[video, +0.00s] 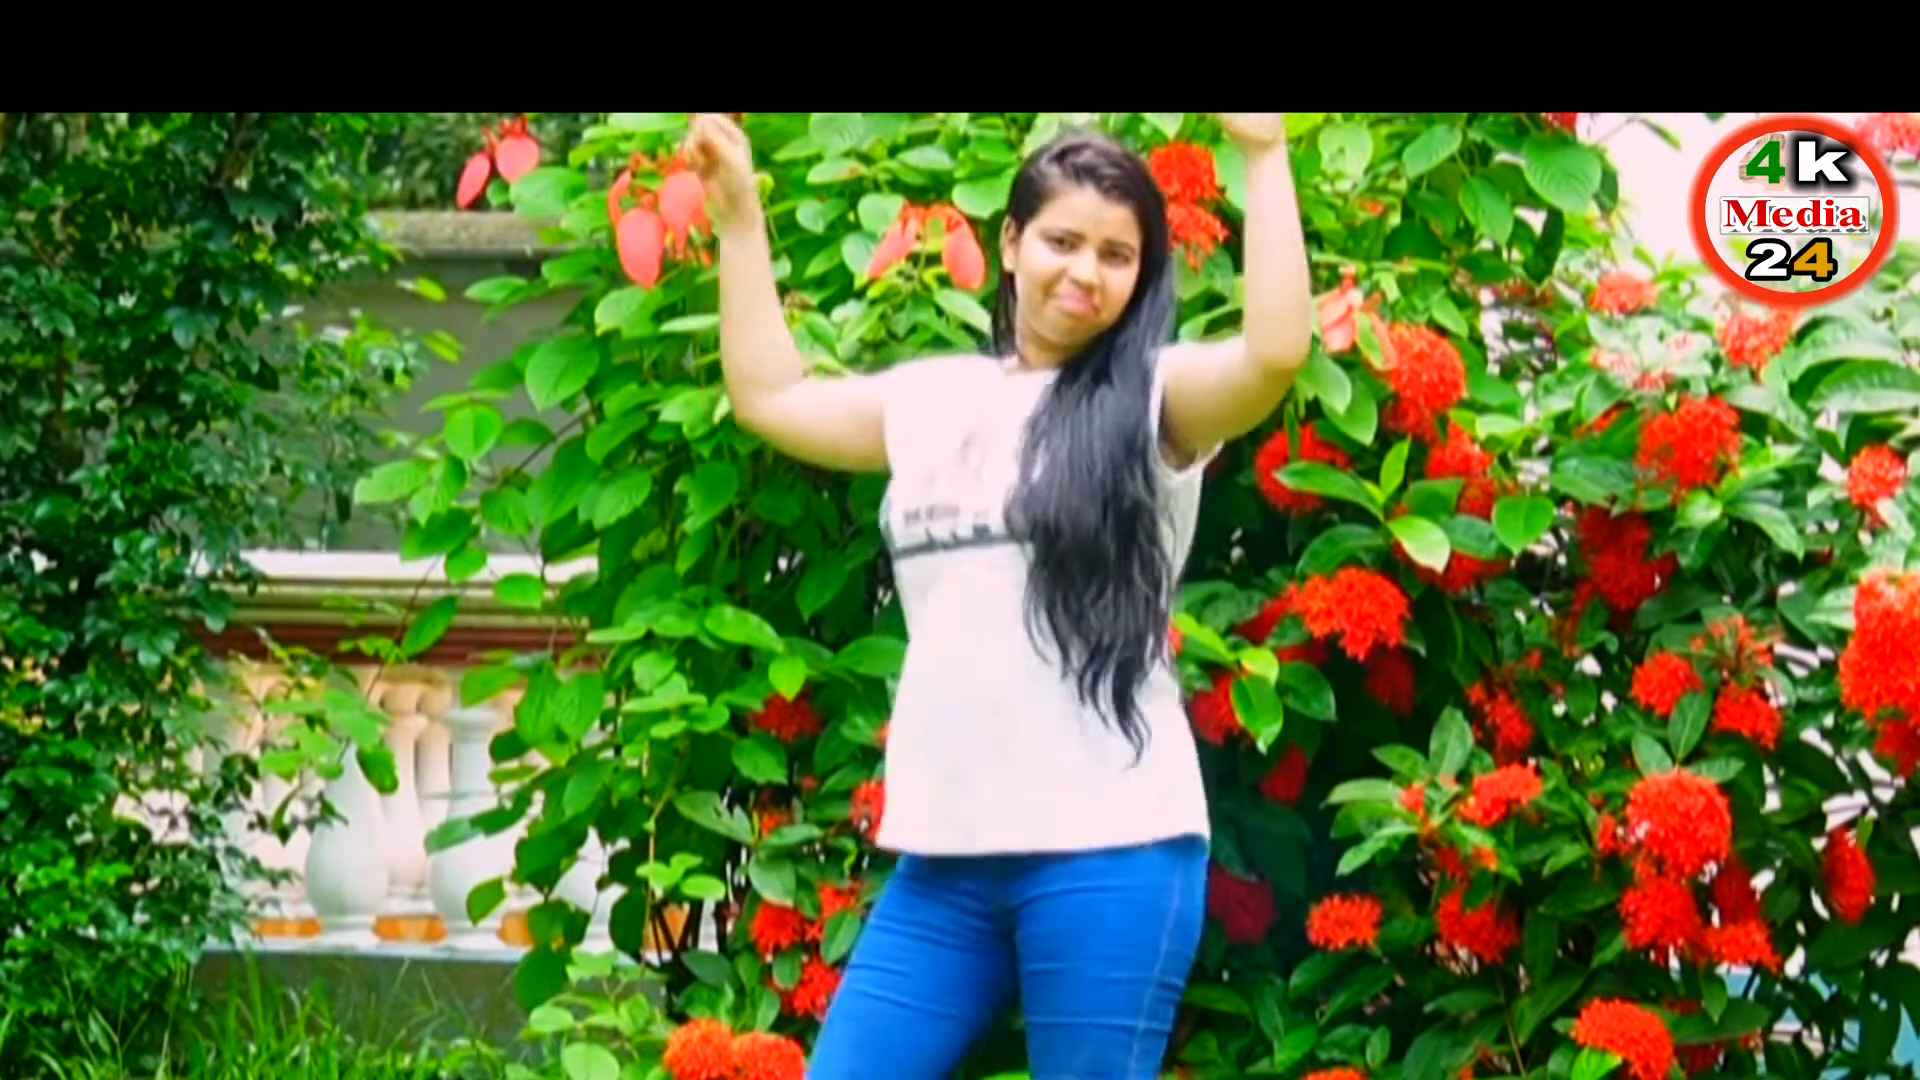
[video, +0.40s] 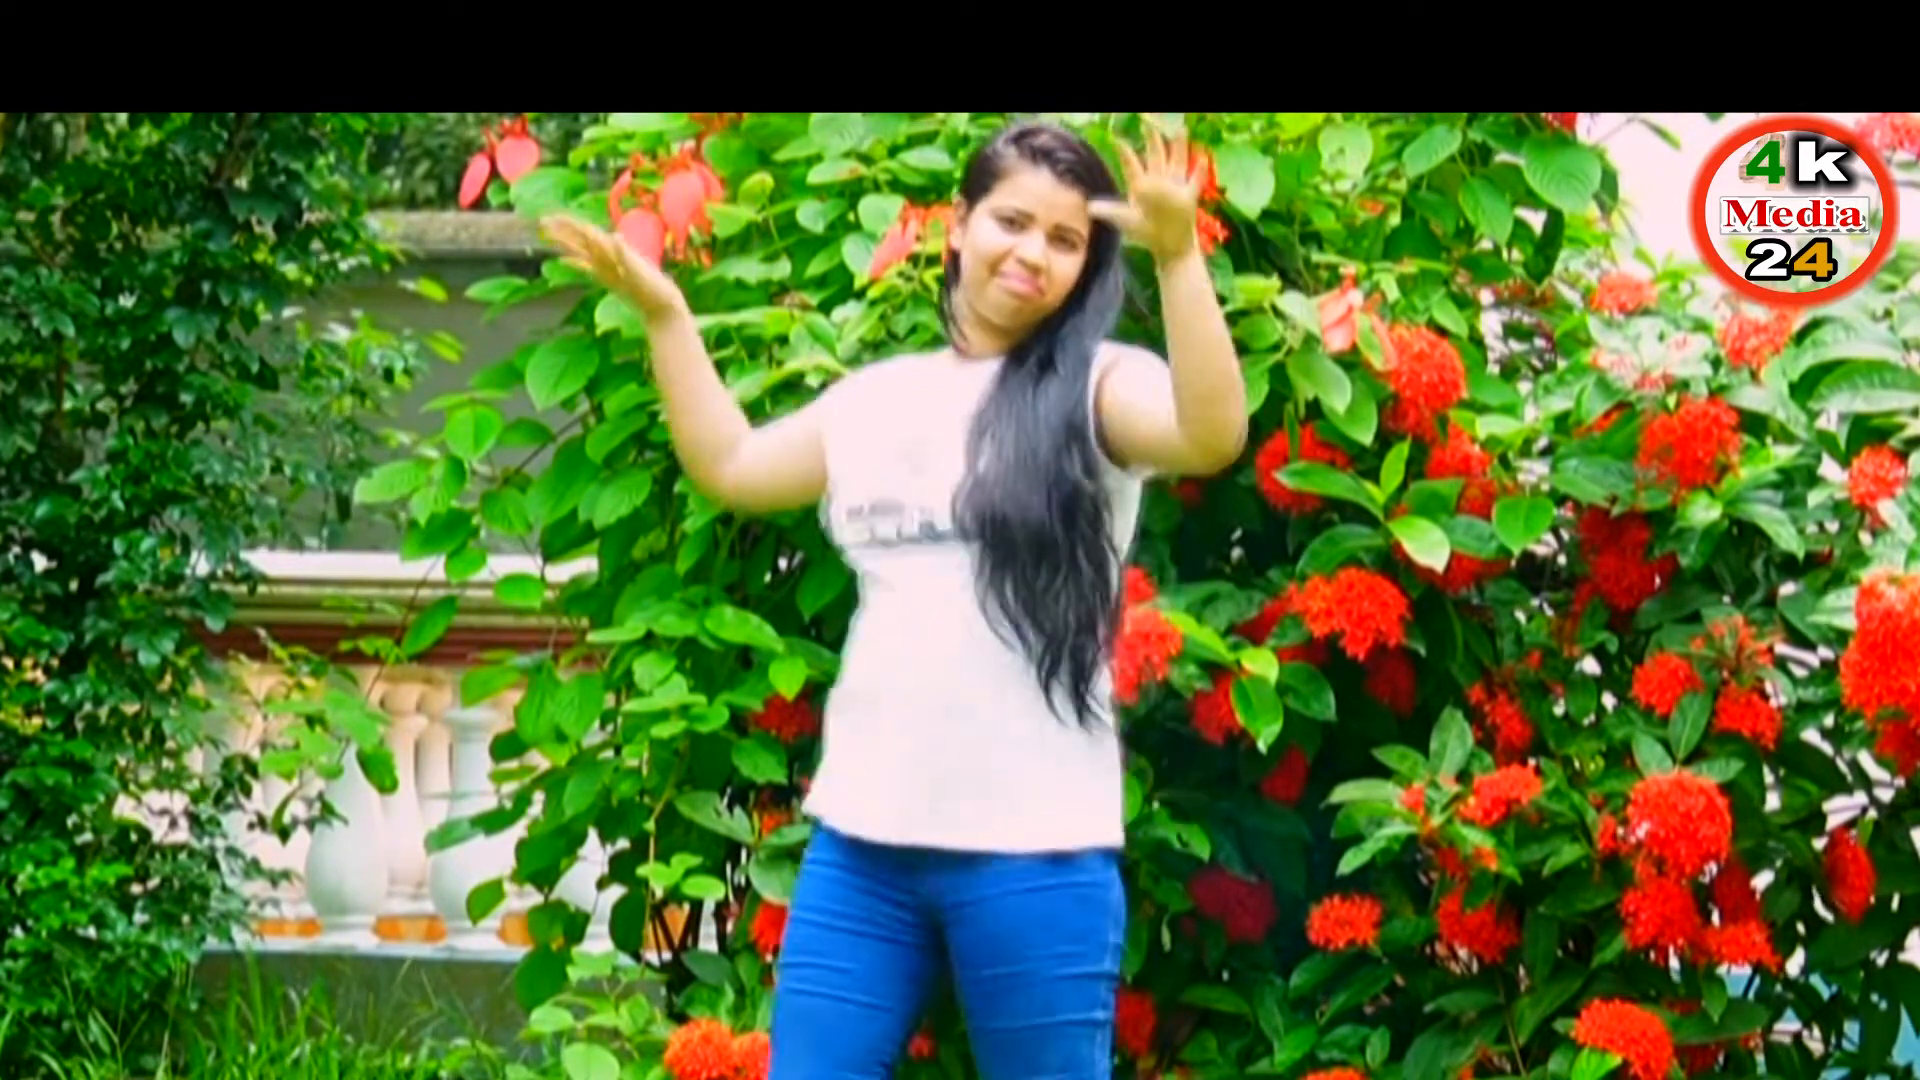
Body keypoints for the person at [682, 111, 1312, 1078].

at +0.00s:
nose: (1084, 274)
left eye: (1115, 255)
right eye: (1062, 241)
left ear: (1142, 276)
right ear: (1012, 243)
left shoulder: (1152, 396)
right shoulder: (927, 397)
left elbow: (1276, 352)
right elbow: (767, 396)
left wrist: (1264, 151)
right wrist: (738, 221)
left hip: (1110, 861)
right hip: (939, 863)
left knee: (1088, 1072)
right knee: (841, 1070)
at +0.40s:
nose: (1032, 254)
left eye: (1064, 241)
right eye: (1013, 222)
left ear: (1086, 269)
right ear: (960, 226)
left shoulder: (1093, 384)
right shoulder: (874, 399)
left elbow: (1212, 437)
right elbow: (730, 466)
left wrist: (1179, 257)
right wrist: (667, 318)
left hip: (1036, 861)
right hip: (859, 850)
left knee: (1051, 1070)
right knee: (806, 1069)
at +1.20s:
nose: (989, 283)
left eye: (1023, 271)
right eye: (972, 251)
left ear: (1047, 304)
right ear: (923, 261)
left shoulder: (1067, 433)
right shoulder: (879, 452)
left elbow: (1148, 627)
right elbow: (804, 634)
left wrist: (1102, 593)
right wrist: (631, 622)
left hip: (995, 878)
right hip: (825, 865)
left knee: (1008, 1067)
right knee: (758, 1065)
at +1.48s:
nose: (1057, 234)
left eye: (1088, 218)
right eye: (1036, 205)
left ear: (1121, 253)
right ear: (990, 223)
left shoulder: (1129, 392)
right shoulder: (944, 406)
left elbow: (1219, 569)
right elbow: (889, 581)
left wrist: (1183, 389)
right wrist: (787, 443)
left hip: (1086, 846)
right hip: (930, 848)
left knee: (1089, 1071)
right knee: (852, 1069)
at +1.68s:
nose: (1090, 256)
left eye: (1125, 241)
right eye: (1073, 225)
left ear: (1159, 275)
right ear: (1029, 239)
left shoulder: (1164, 405)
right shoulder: (995, 424)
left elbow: (1234, 582)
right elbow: (917, 586)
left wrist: (1193, 413)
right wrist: (775, 476)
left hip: (1105, 852)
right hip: (951, 845)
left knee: (1075, 1071)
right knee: (868, 1069)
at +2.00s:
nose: (1082, 279)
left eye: (1118, 264)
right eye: (1066, 247)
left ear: (1153, 297)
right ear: (1028, 259)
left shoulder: (1173, 442)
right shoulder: (989, 451)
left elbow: (1218, 650)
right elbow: (916, 628)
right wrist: (754, 589)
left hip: (1113, 859)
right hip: (964, 854)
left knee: (1068, 1071)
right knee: (856, 1069)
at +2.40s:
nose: (1023, 253)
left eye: (1056, 239)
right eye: (1004, 222)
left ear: (1082, 273)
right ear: (956, 235)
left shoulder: (1094, 438)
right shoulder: (880, 421)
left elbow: (1131, 646)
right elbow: (855, 640)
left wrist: (1106, 802)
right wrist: (801, 797)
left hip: (1019, 864)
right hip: (849, 857)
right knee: (791, 1068)